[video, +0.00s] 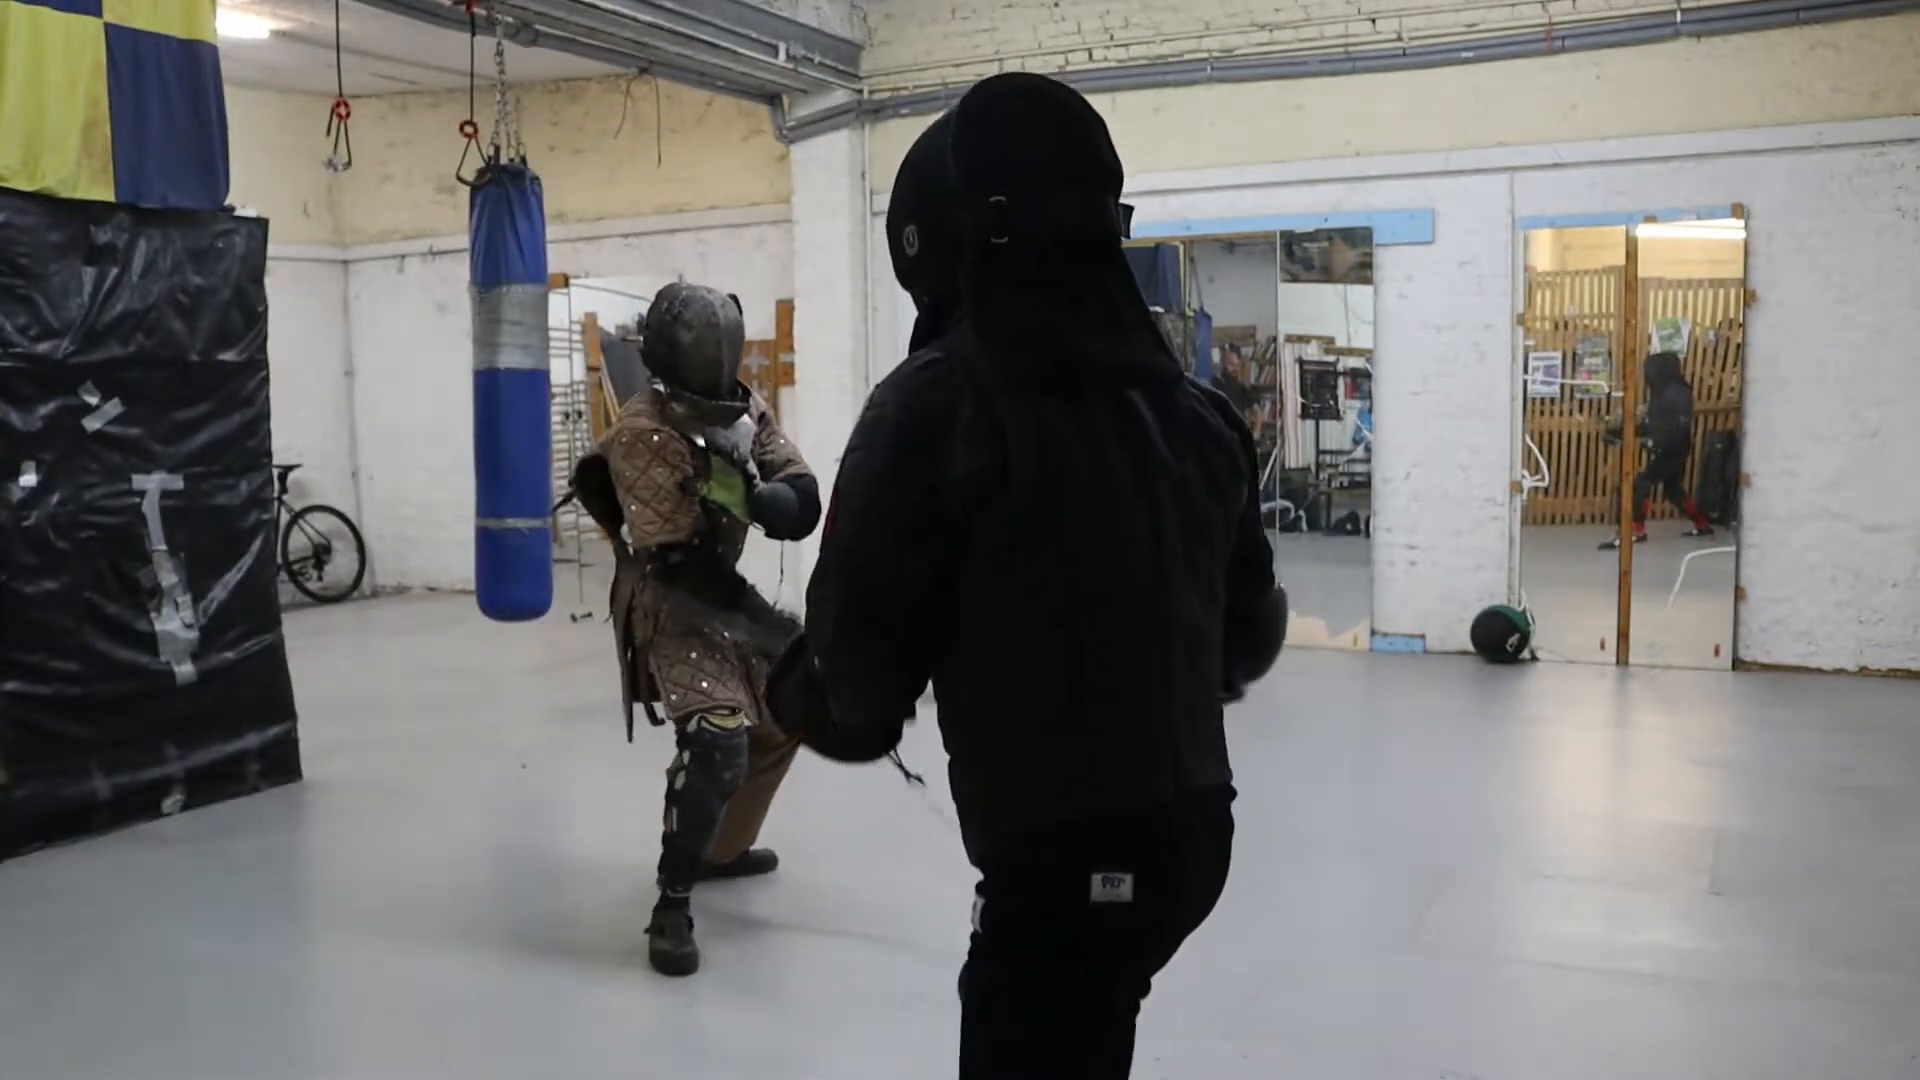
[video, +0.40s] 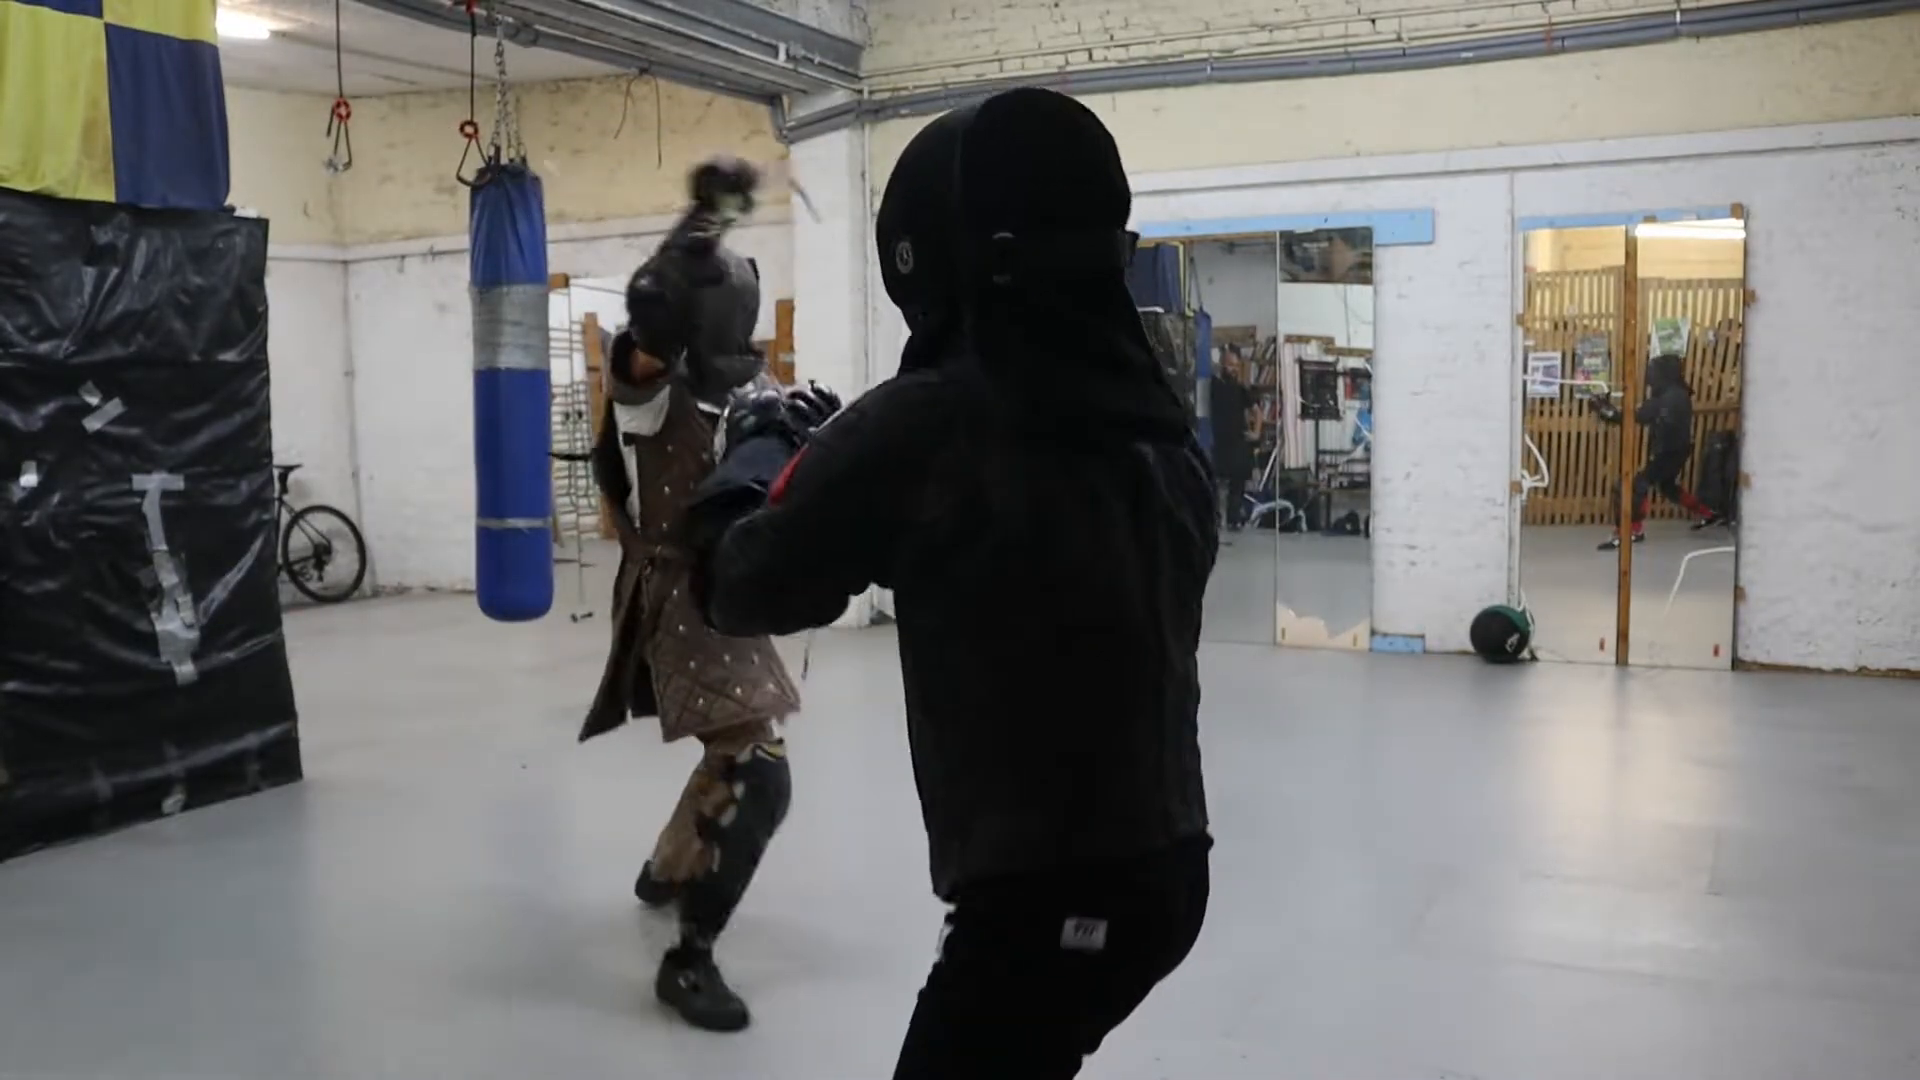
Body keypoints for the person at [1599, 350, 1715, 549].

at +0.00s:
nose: (1647, 377)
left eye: (1650, 372)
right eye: (1647, 372)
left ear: (1660, 373)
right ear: (1671, 371)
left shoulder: (1669, 393)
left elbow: (1664, 427)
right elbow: (1657, 423)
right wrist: (1632, 429)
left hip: (1669, 449)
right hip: (1676, 447)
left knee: (1641, 484)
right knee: (1672, 489)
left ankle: (1635, 529)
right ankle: (1702, 525)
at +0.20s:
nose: (1647, 379)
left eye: (1650, 373)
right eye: (1647, 373)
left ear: (1660, 373)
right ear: (1672, 371)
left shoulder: (1672, 392)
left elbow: (1674, 428)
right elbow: (1658, 420)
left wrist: (1648, 436)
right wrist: (1639, 423)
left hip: (1671, 448)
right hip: (1676, 447)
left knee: (1641, 484)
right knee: (1673, 489)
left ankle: (1634, 529)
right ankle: (1702, 525)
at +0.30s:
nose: (1647, 378)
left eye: (1650, 373)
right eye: (1648, 372)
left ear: (1660, 374)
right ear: (1672, 372)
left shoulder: (1667, 395)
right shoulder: (1678, 391)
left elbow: (1651, 426)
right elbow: (1651, 423)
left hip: (1669, 449)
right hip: (1676, 447)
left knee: (1641, 482)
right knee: (1666, 486)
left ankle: (1634, 529)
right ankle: (1701, 514)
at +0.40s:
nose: (1648, 376)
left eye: (1652, 371)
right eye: (1649, 371)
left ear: (1662, 374)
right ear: (1673, 374)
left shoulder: (1666, 397)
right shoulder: (1679, 394)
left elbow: (1642, 416)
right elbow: (1645, 415)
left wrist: (1613, 413)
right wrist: (1617, 413)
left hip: (1667, 451)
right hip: (1678, 449)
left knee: (1639, 484)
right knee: (1667, 486)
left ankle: (1632, 530)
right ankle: (1705, 513)